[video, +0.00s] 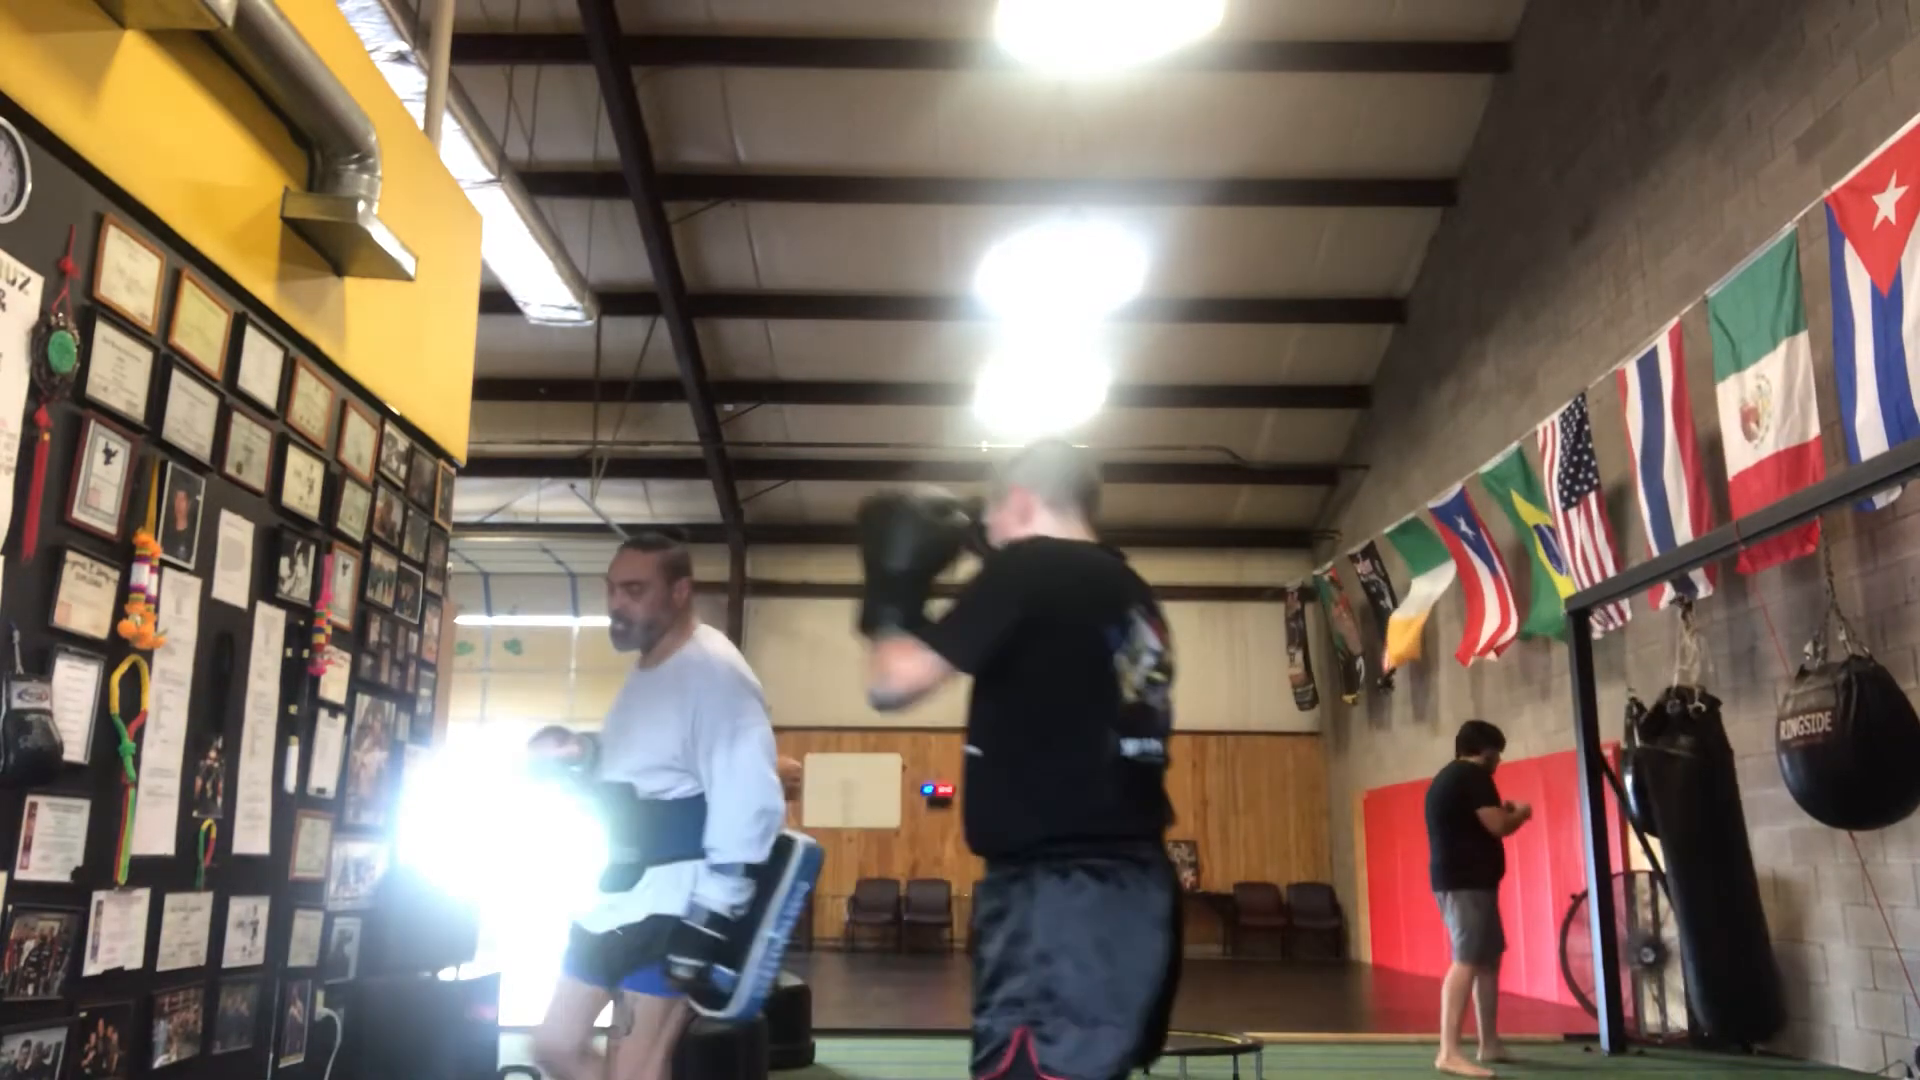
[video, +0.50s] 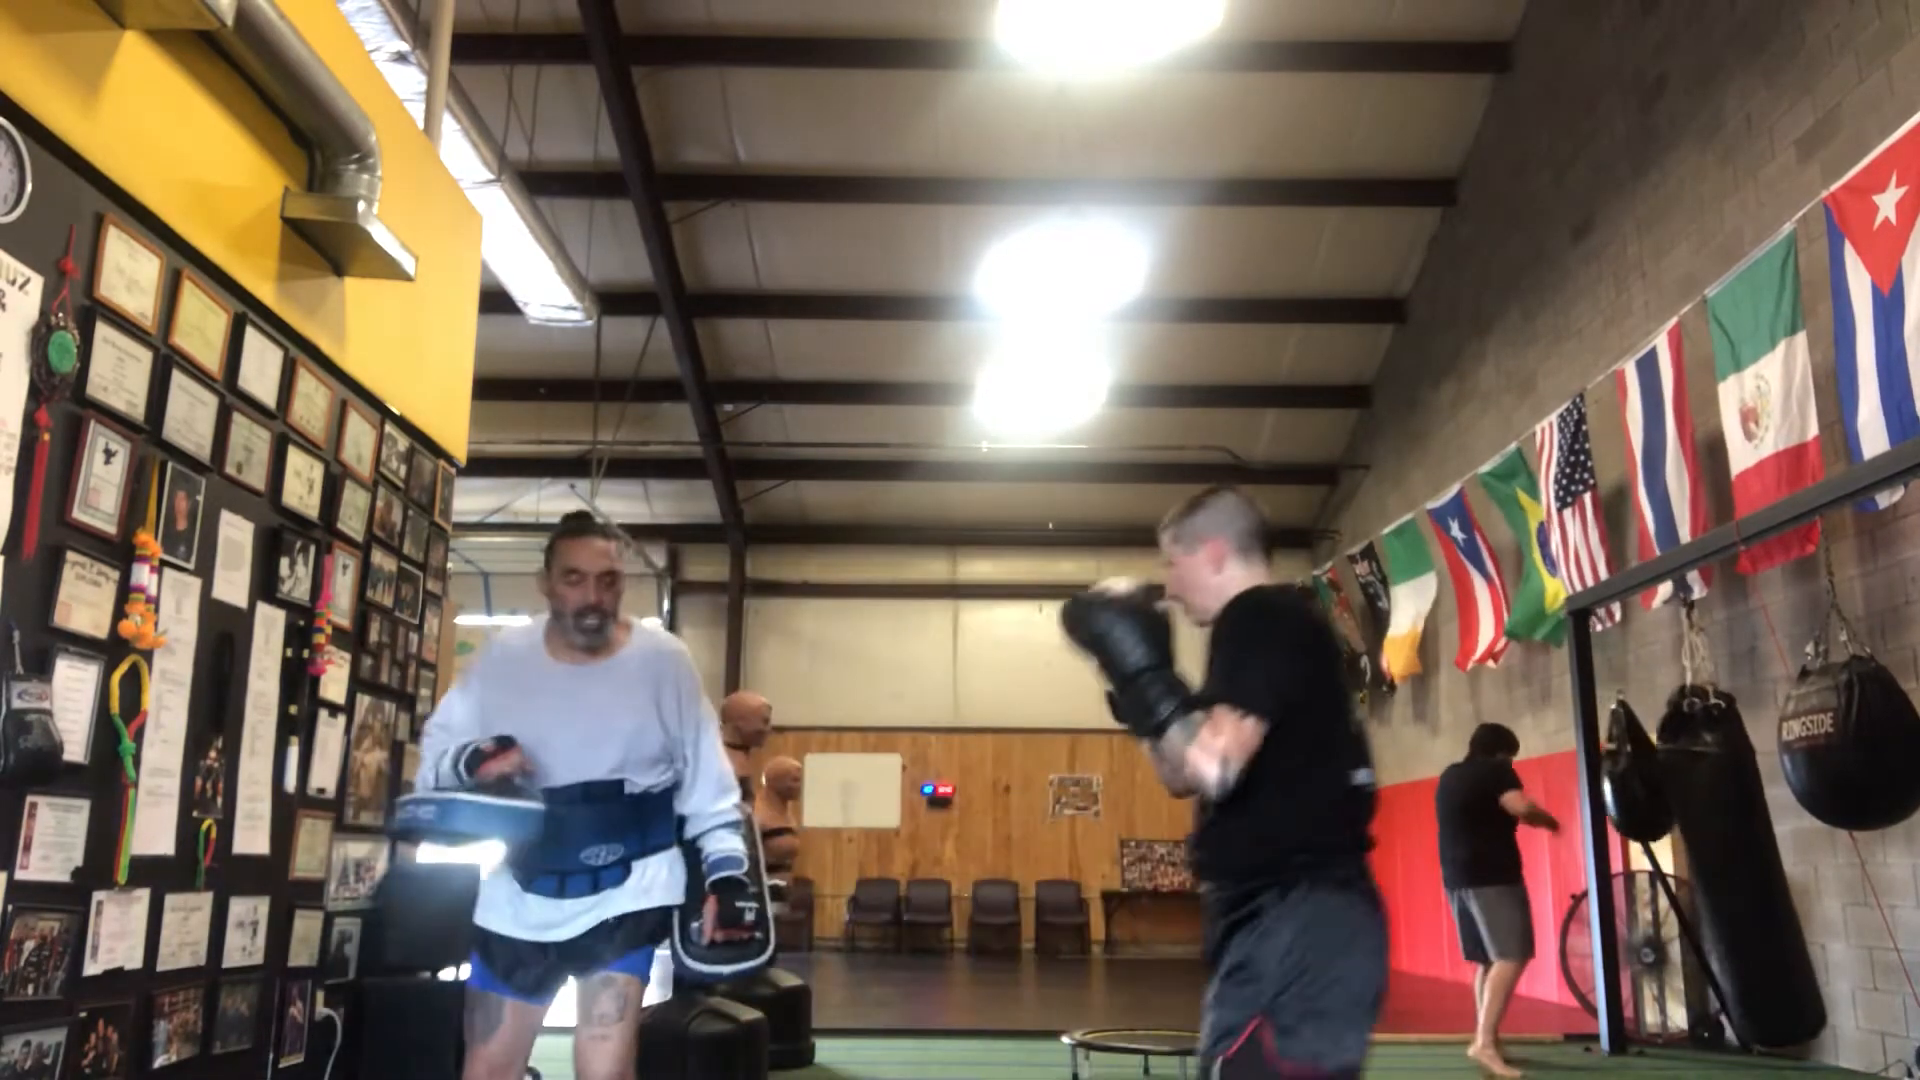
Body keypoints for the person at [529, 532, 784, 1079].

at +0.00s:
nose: (615, 605)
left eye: (634, 590)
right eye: (612, 590)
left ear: (680, 593)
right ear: (608, 591)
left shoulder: (714, 670)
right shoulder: (652, 666)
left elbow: (749, 801)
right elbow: (645, 755)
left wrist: (706, 923)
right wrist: (585, 751)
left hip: (679, 895)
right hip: (620, 888)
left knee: (637, 1066)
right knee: (554, 1045)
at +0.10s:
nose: (610, 599)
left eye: (630, 584)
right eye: (605, 582)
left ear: (675, 589)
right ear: (599, 583)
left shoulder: (709, 668)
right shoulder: (614, 664)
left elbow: (748, 797)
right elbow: (614, 749)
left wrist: (700, 914)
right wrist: (560, 747)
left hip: (676, 883)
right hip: (600, 879)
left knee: (635, 1067)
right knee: (517, 1046)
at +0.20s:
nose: (606, 595)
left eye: (627, 580)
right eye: (598, 577)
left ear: (665, 587)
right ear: (586, 580)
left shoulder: (700, 664)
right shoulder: (583, 654)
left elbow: (746, 788)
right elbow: (550, 738)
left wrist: (711, 900)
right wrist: (521, 746)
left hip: (658, 896)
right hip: (561, 885)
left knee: (634, 1063)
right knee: (518, 1051)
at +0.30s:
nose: (602, 596)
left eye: (622, 581)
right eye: (588, 579)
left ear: (649, 588)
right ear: (573, 584)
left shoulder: (687, 662)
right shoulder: (553, 654)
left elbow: (735, 779)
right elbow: (512, 726)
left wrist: (722, 894)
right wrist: (492, 744)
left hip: (647, 902)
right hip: (545, 897)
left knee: (626, 1065)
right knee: (511, 1062)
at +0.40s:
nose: (592, 594)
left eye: (609, 578)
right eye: (575, 578)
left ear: (630, 583)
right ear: (554, 584)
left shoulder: (673, 659)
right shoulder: (520, 659)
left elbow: (717, 773)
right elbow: (463, 754)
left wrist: (729, 876)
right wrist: (478, 764)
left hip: (634, 898)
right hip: (526, 894)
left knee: (608, 1063)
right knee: (496, 1064)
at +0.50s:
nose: (593, 597)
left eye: (607, 580)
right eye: (575, 580)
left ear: (623, 584)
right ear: (546, 586)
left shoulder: (663, 660)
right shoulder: (503, 659)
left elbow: (707, 774)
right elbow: (434, 756)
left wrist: (726, 873)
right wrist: (469, 763)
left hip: (631, 889)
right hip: (522, 887)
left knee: (604, 1067)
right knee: (488, 1068)